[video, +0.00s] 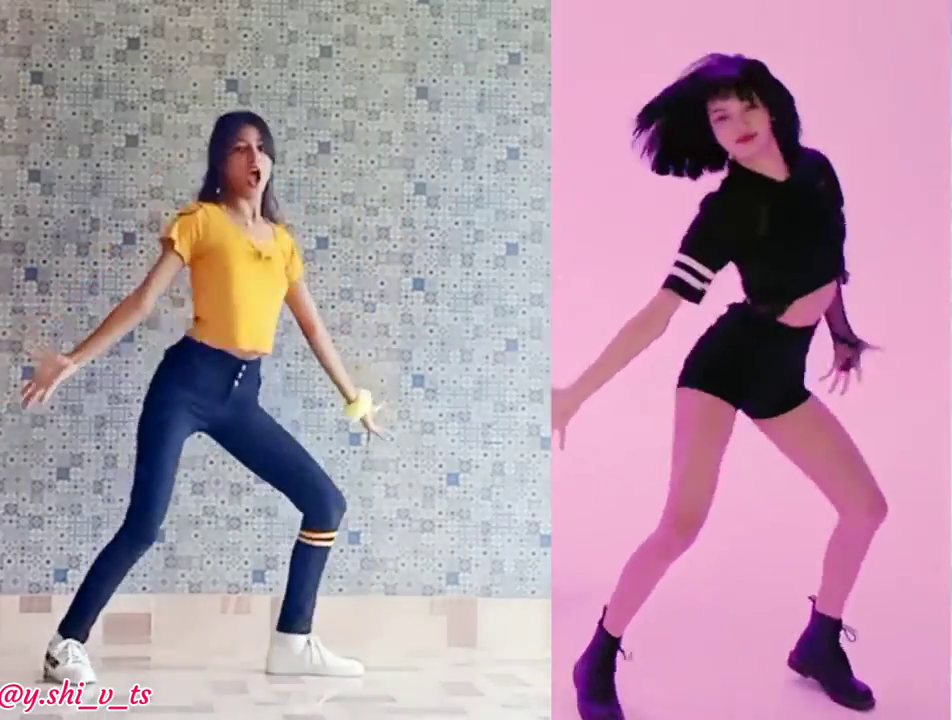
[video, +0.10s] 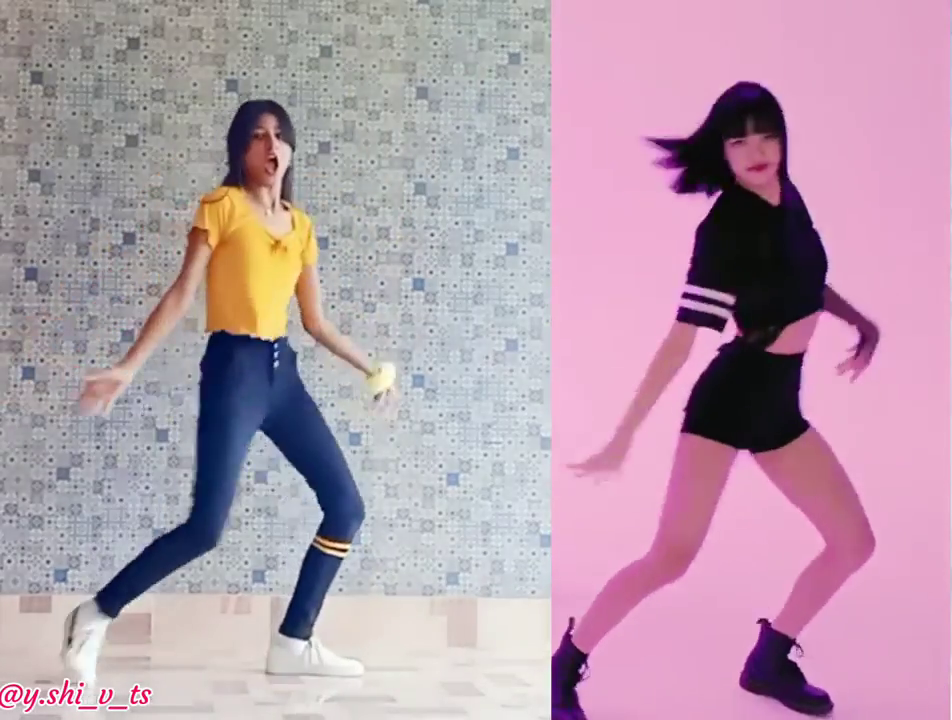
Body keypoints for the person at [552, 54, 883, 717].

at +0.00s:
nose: (739, 123)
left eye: (748, 106)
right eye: (722, 116)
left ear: (773, 108)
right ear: (710, 134)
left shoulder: (817, 172)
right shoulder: (727, 207)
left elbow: (826, 256)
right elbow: (659, 312)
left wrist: (840, 327)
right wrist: (574, 393)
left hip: (779, 370)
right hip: (722, 362)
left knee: (864, 507)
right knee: (680, 527)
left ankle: (820, 643)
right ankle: (599, 659)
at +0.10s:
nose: (756, 150)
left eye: (766, 135)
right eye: (739, 140)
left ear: (783, 140)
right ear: (720, 152)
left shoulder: (789, 198)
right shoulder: (724, 230)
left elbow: (801, 279)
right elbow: (680, 338)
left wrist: (860, 321)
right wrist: (623, 432)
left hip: (777, 402)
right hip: (725, 396)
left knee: (852, 542)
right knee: (669, 559)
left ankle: (771, 659)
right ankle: (566, 663)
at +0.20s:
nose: (770, 138)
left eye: (781, 124)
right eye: (755, 125)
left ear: (795, 126)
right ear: (730, 129)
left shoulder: (786, 177)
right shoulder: (712, 207)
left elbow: (808, 247)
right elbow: (694, 314)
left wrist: (878, 253)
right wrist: (671, 414)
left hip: (799, 374)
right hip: (745, 377)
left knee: (826, 536)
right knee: (726, 554)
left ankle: (746, 659)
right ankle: (601, 650)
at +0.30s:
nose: (786, 120)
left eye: (796, 107)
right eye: (771, 107)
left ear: (808, 111)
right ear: (743, 111)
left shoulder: (812, 159)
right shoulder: (708, 191)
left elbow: (855, 251)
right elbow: (701, 300)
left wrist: (873, 196)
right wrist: (701, 396)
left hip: (806, 354)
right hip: (743, 361)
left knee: (796, 525)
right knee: (799, 527)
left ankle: (726, 642)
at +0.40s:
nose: (797, 151)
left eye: (806, 139)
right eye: (782, 139)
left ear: (817, 148)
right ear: (751, 148)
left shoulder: (825, 212)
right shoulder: (718, 223)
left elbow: (860, 309)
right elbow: (696, 323)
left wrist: (858, 236)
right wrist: (681, 409)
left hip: (787, 387)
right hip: (732, 391)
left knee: (783, 554)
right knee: (845, 523)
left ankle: (687, 645)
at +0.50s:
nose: (806, 186)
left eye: (815, 174)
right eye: (791, 173)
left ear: (825, 185)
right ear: (763, 183)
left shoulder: (829, 248)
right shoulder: (725, 256)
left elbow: (859, 330)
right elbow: (680, 342)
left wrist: (866, 275)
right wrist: (684, 418)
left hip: (795, 418)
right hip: (740, 425)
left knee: (798, 581)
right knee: (859, 545)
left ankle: (676, 637)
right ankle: (889, 677)